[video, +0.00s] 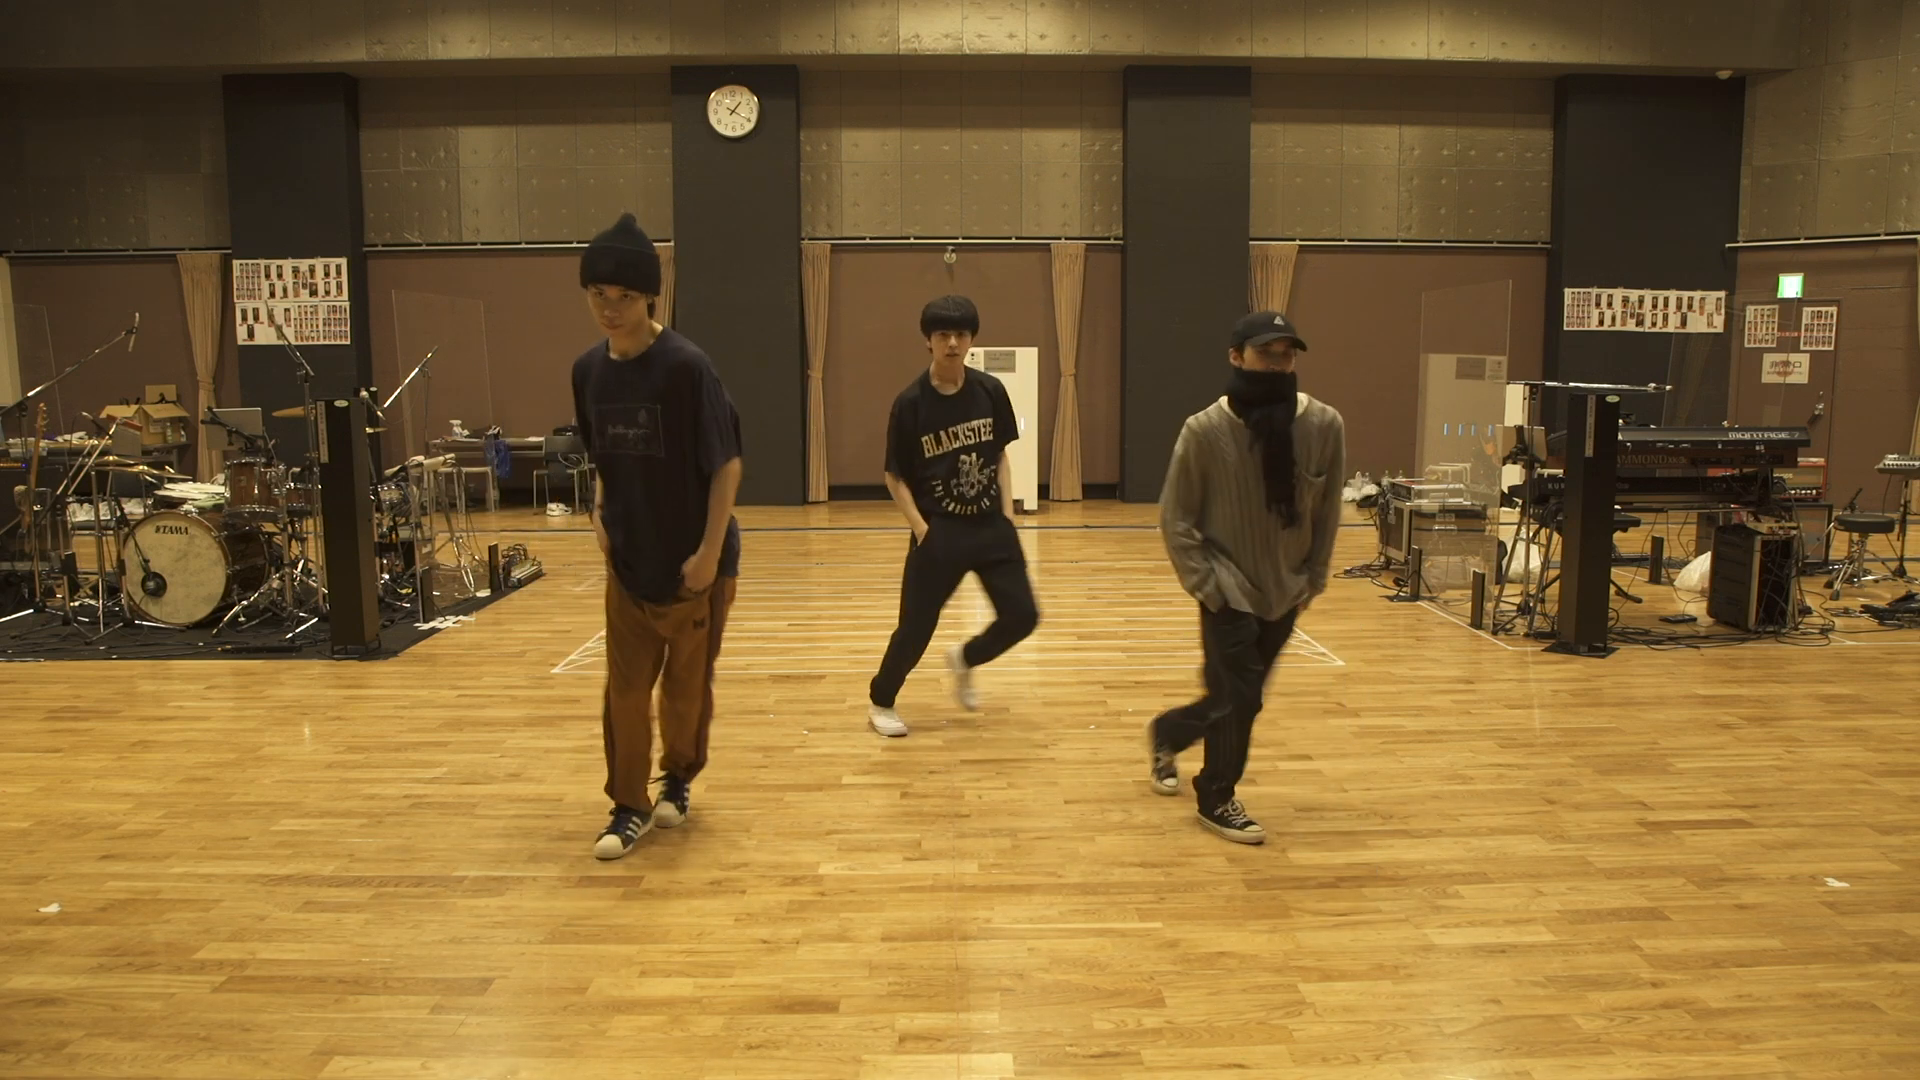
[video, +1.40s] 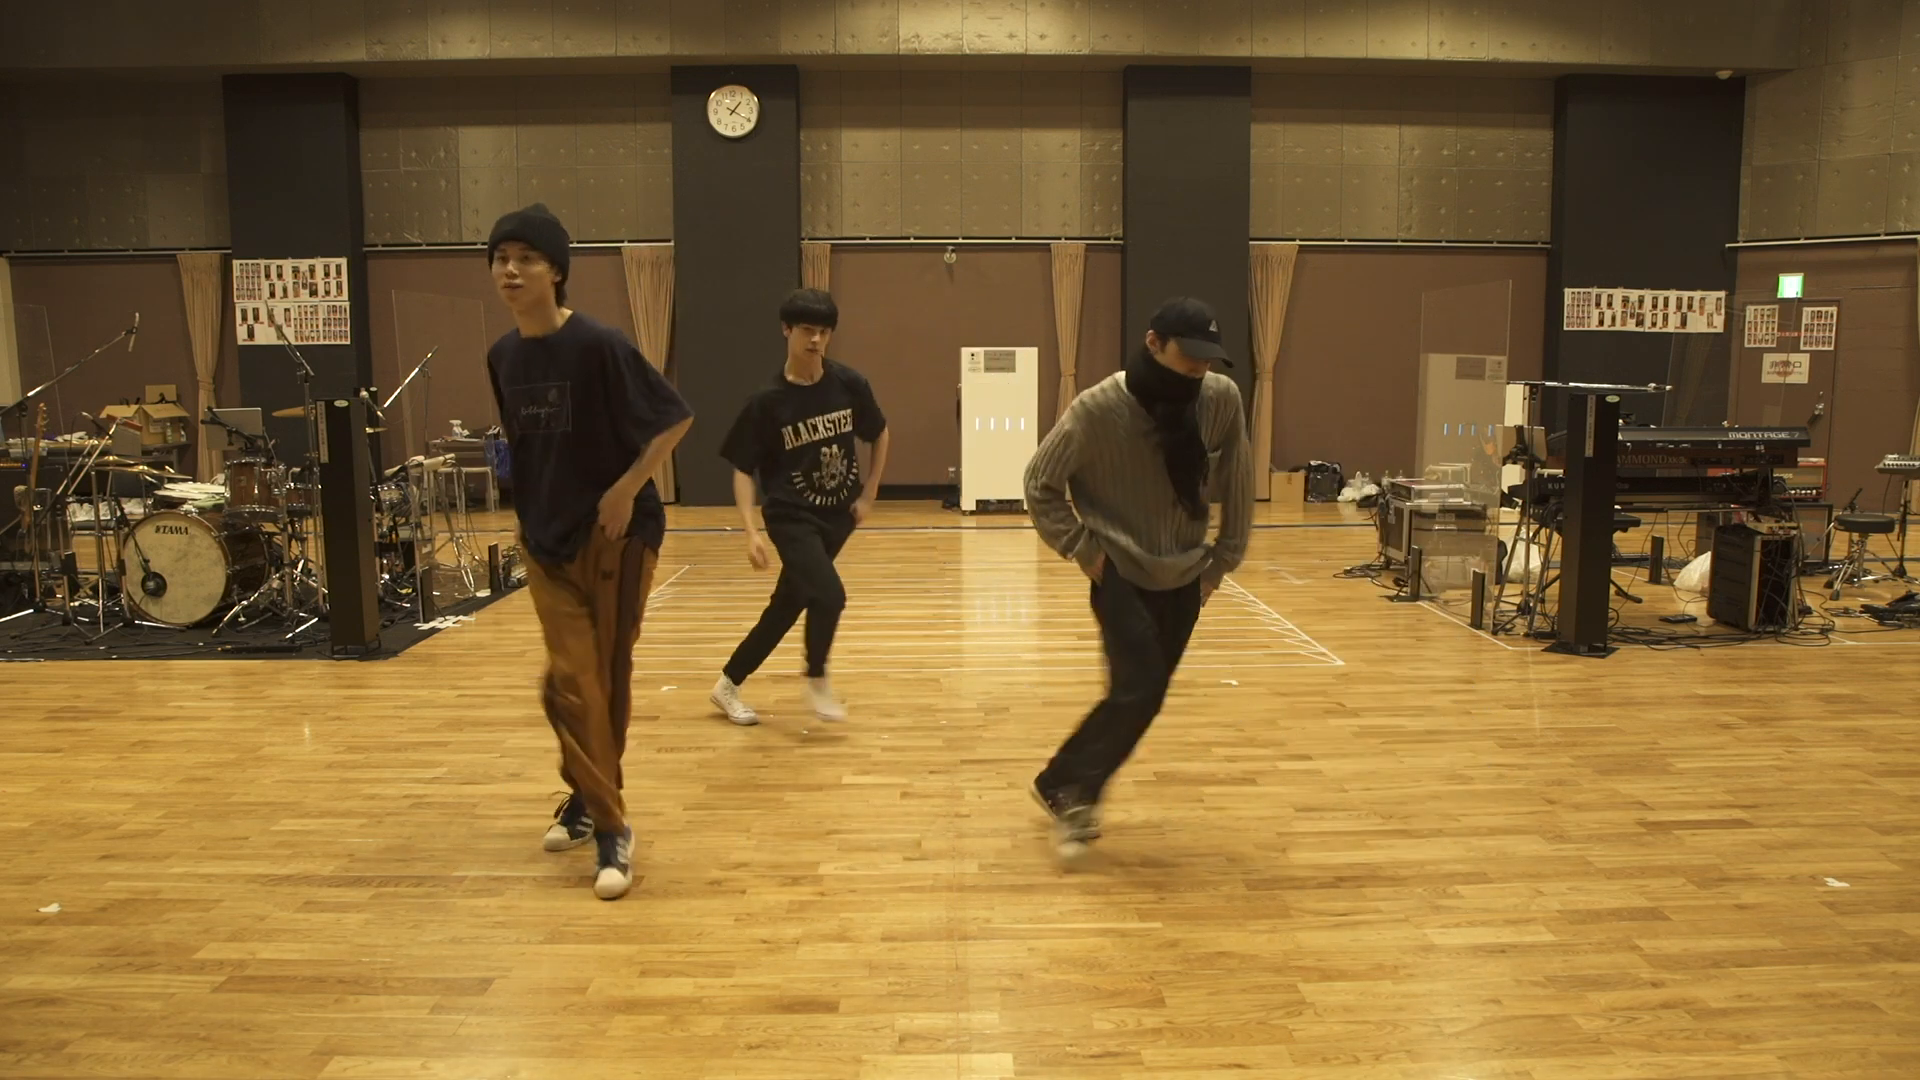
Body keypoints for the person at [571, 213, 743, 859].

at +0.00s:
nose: (610, 308)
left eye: (622, 297)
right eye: (600, 297)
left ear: (651, 296)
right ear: (588, 298)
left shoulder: (688, 368)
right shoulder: (589, 372)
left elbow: (727, 464)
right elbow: (602, 465)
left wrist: (708, 553)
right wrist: (605, 530)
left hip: (694, 559)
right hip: (629, 558)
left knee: (686, 682)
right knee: (625, 688)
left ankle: (679, 778)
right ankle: (628, 807)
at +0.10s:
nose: (623, 316)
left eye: (636, 305)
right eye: (613, 304)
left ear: (662, 305)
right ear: (600, 304)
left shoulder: (702, 373)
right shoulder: (591, 375)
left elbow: (761, 453)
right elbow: (601, 462)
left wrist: (728, 534)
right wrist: (612, 527)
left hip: (708, 559)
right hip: (640, 560)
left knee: (721, 687)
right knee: (625, 690)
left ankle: (720, 766)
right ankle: (631, 807)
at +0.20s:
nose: (651, 314)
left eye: (664, 304)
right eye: (642, 302)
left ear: (690, 303)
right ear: (629, 300)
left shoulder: (734, 369)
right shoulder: (609, 364)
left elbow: (785, 437)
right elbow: (611, 444)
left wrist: (756, 504)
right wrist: (618, 512)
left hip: (724, 555)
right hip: (646, 559)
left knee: (772, 675)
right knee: (621, 690)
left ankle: (806, 791)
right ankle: (624, 808)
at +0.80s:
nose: (572, 304)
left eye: (583, 289)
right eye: (560, 294)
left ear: (616, 288)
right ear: (554, 301)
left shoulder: (662, 373)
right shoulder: (559, 364)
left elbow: (721, 453)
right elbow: (563, 443)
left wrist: (661, 505)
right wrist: (553, 506)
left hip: (639, 553)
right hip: (571, 549)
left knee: (684, 690)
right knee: (551, 683)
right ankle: (547, 805)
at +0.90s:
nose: (552, 298)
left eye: (562, 282)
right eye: (541, 288)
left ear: (596, 280)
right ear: (534, 295)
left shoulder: (643, 363)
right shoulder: (541, 356)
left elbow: (700, 447)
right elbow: (548, 438)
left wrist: (645, 496)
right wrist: (534, 499)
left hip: (618, 543)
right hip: (552, 541)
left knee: (648, 679)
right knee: (545, 679)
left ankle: (688, 822)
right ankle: (548, 805)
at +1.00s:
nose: (534, 291)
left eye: (544, 276)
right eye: (523, 283)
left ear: (578, 275)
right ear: (517, 292)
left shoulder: (631, 360)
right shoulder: (520, 357)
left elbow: (681, 444)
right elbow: (521, 441)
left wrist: (627, 492)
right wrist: (517, 506)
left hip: (602, 533)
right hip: (534, 533)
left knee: (606, 673)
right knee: (538, 675)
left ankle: (617, 815)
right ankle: (547, 805)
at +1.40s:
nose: (511, 272)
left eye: (526, 260)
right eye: (502, 261)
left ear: (558, 271)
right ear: (492, 274)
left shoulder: (600, 345)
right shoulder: (502, 357)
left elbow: (676, 418)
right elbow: (517, 443)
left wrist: (626, 487)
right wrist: (524, 515)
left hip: (615, 535)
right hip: (548, 538)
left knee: (607, 675)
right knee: (568, 677)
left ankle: (587, 798)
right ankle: (610, 830)